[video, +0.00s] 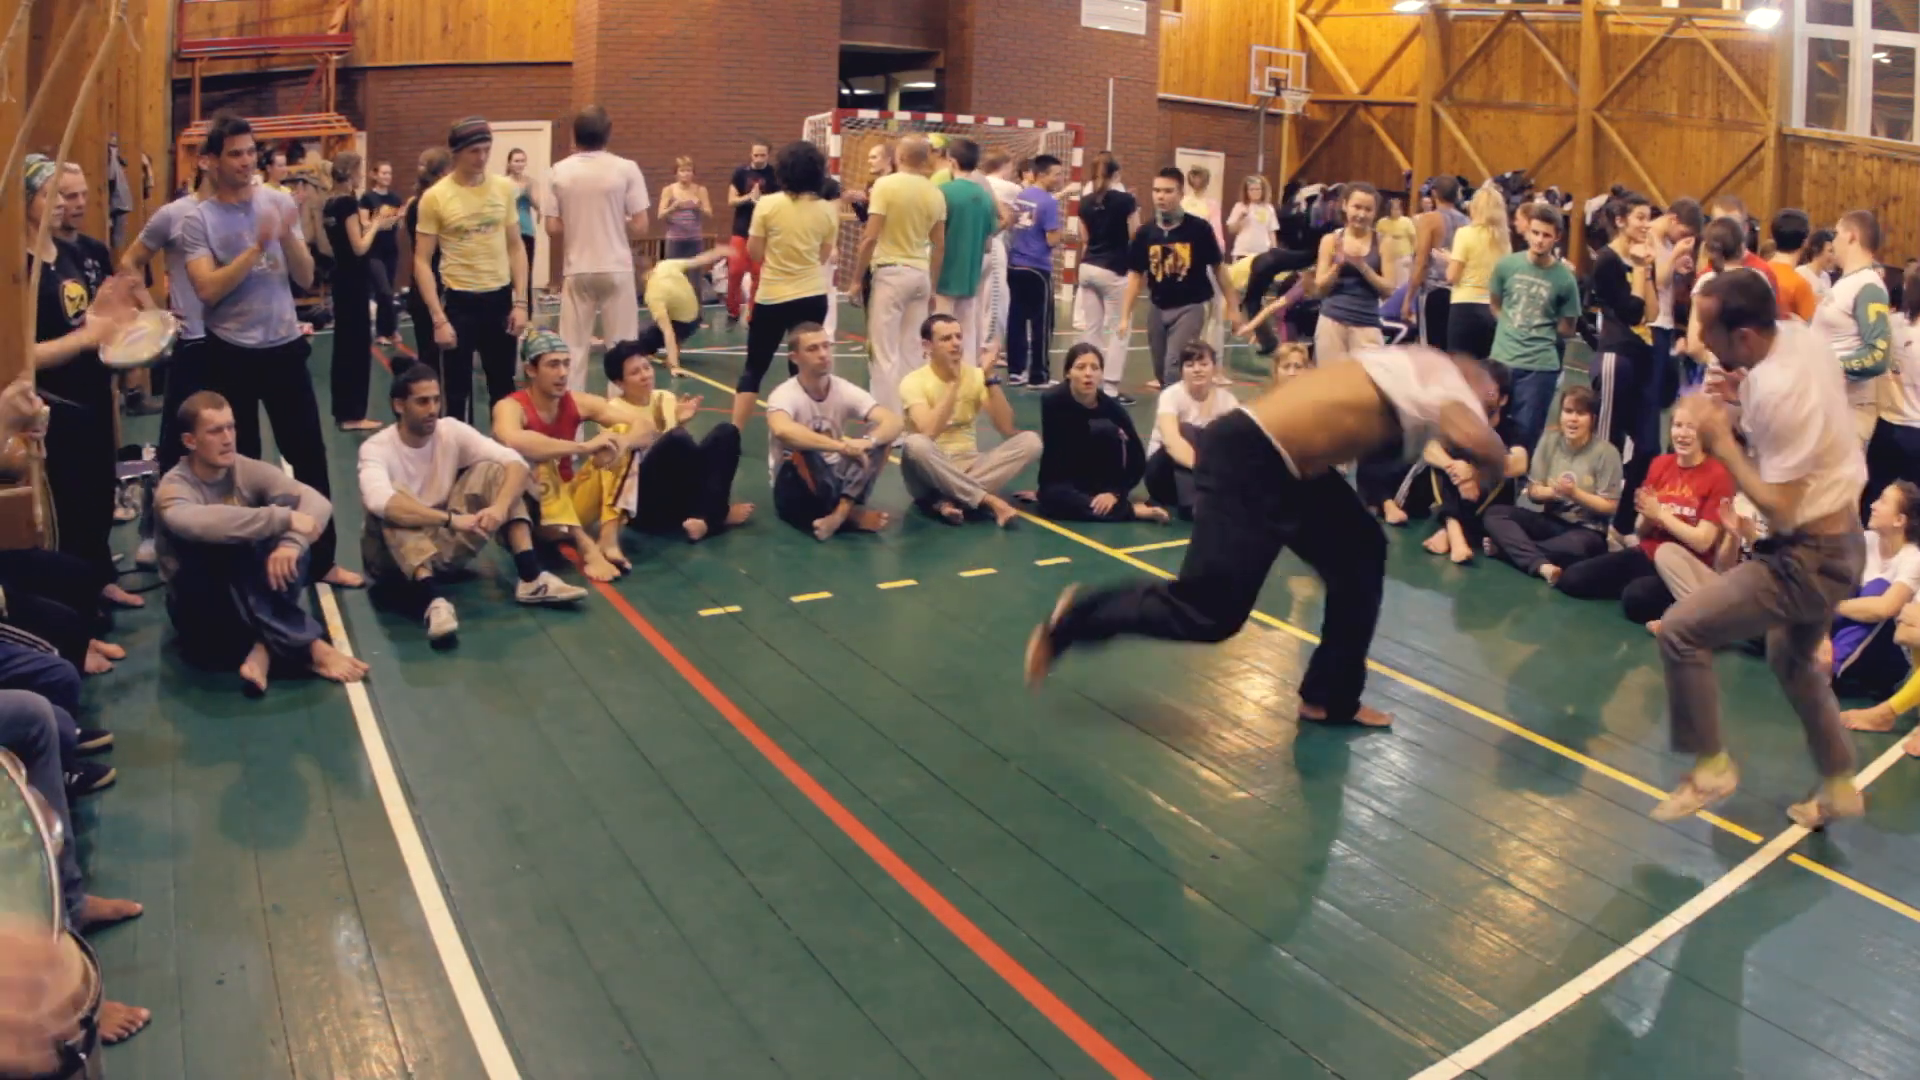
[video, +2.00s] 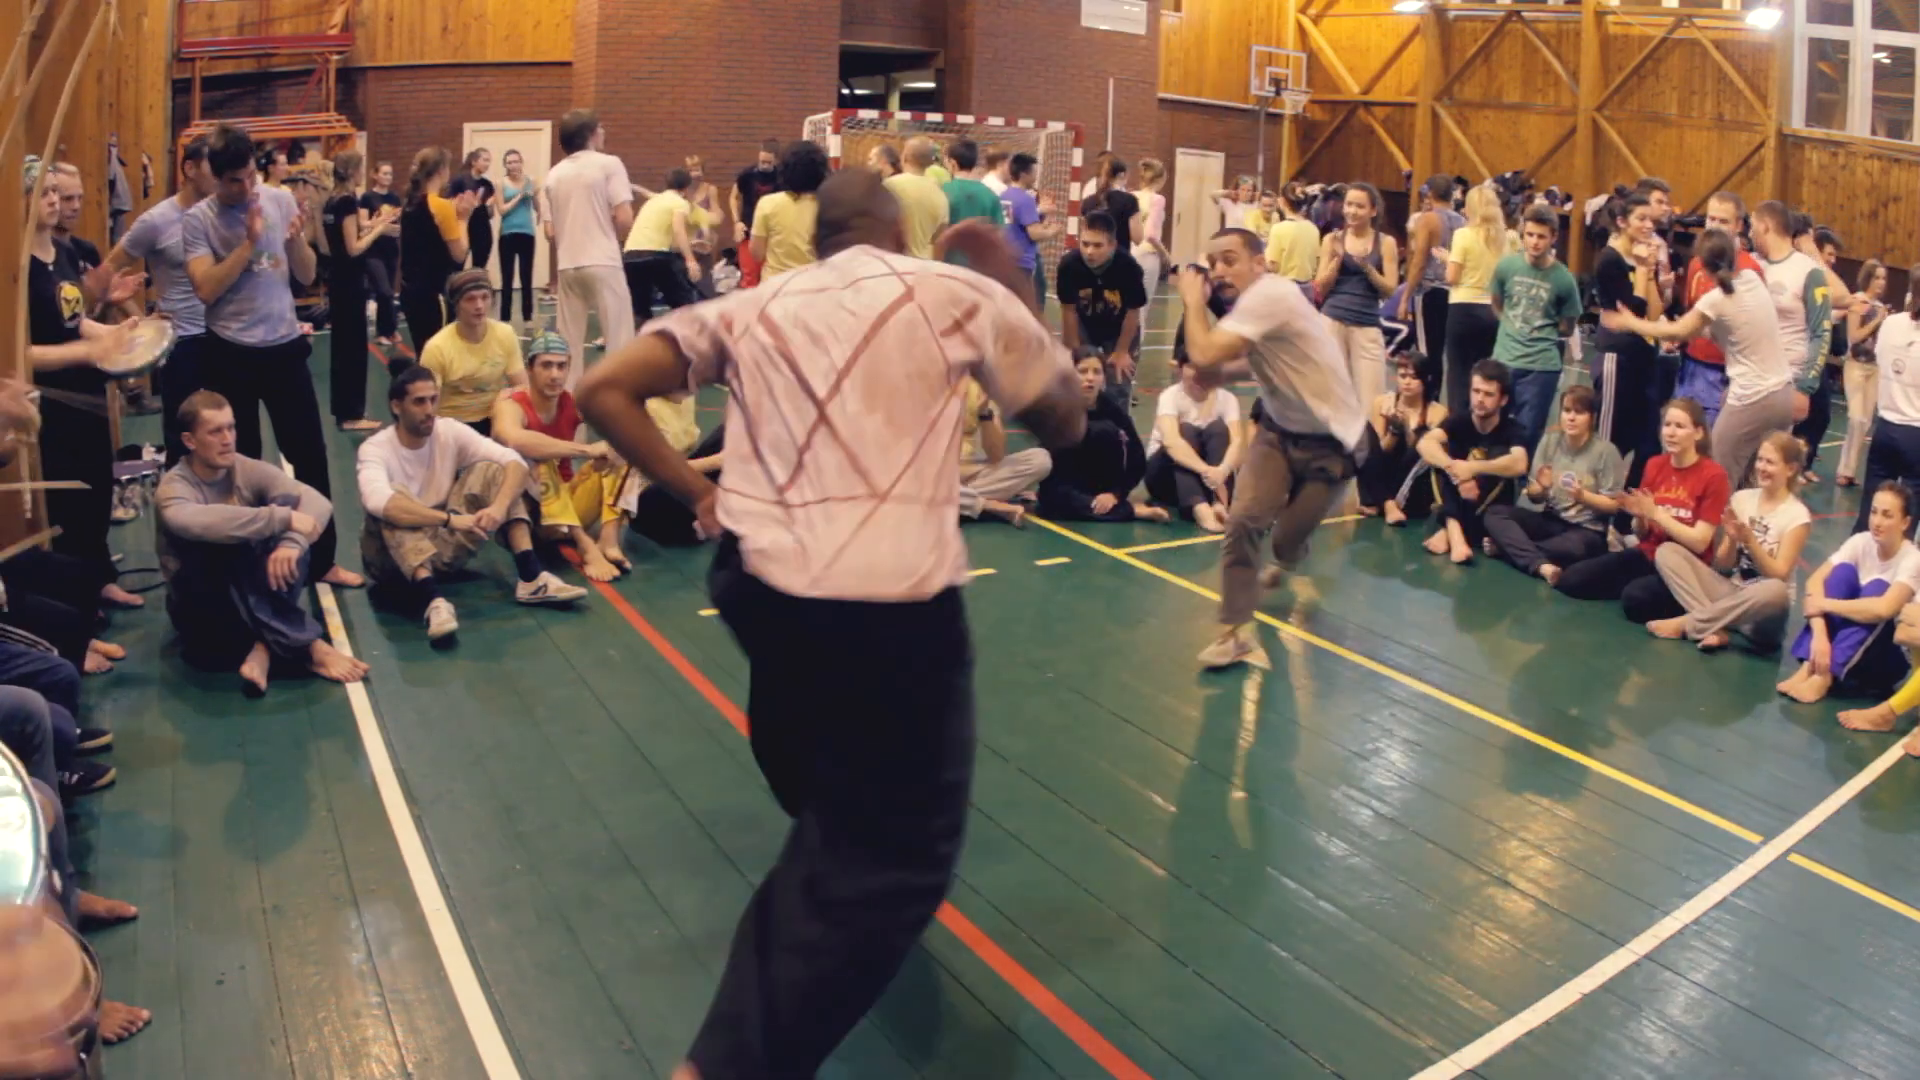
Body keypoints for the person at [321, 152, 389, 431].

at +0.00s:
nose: (366, 175)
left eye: (364, 169)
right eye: (363, 170)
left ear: (339, 172)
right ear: (353, 173)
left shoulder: (330, 204)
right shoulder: (348, 204)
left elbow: (341, 245)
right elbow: (359, 246)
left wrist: (371, 223)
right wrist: (375, 224)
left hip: (341, 276)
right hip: (355, 279)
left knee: (346, 341)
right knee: (357, 343)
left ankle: (344, 411)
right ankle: (352, 415)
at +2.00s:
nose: (367, 175)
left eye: (366, 170)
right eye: (364, 170)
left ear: (340, 170)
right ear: (354, 172)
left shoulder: (330, 202)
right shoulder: (347, 202)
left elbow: (342, 244)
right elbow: (353, 247)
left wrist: (371, 225)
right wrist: (379, 228)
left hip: (339, 277)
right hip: (350, 279)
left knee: (345, 340)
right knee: (354, 342)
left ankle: (345, 410)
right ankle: (350, 415)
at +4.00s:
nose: (370, 174)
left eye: (369, 168)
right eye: (367, 169)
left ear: (343, 172)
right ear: (356, 172)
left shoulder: (335, 203)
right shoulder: (354, 203)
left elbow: (351, 241)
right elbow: (362, 247)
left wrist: (375, 225)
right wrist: (388, 229)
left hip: (344, 281)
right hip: (359, 283)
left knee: (349, 344)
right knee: (361, 346)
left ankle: (346, 411)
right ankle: (355, 414)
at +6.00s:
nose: (371, 173)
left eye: (370, 168)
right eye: (367, 168)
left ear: (350, 172)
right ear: (353, 171)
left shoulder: (337, 203)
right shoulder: (353, 203)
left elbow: (352, 241)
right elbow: (360, 247)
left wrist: (374, 222)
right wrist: (381, 225)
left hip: (344, 281)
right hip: (358, 283)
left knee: (349, 343)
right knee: (361, 345)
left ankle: (347, 410)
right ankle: (355, 414)